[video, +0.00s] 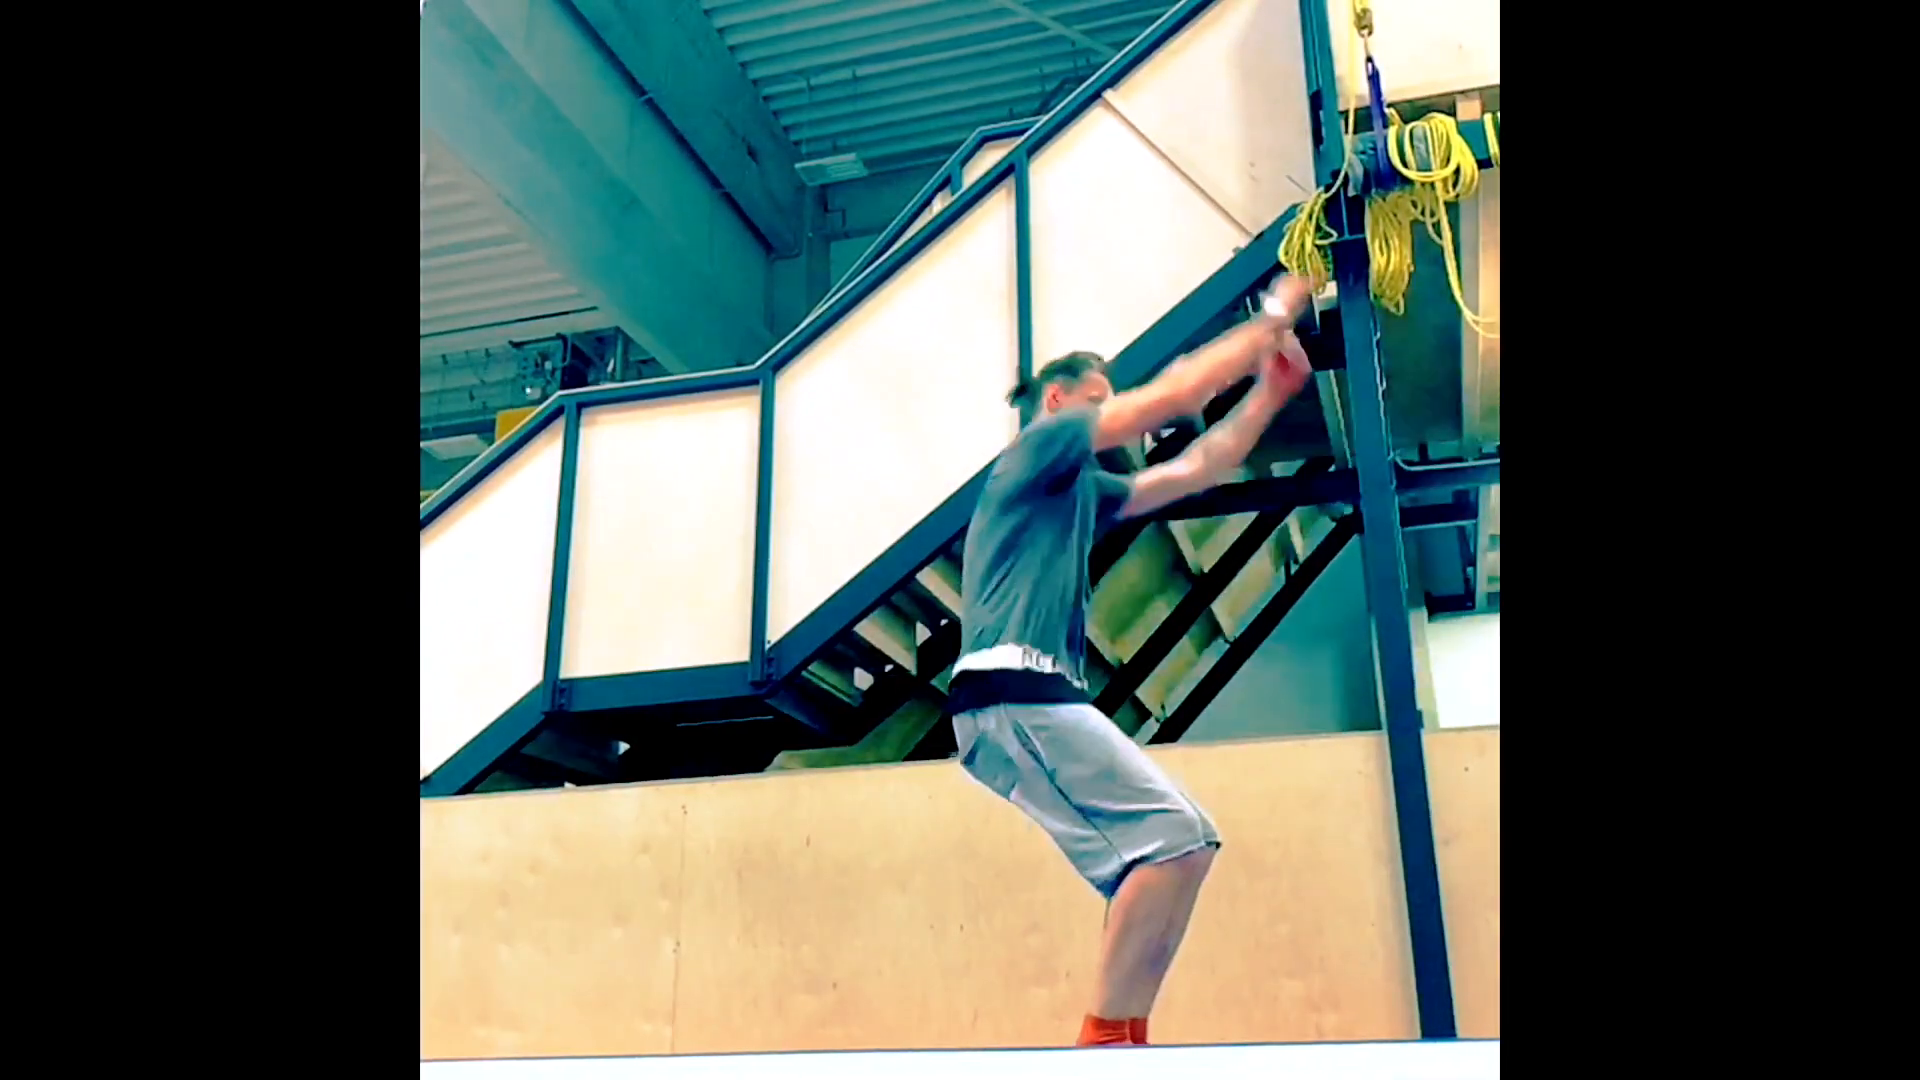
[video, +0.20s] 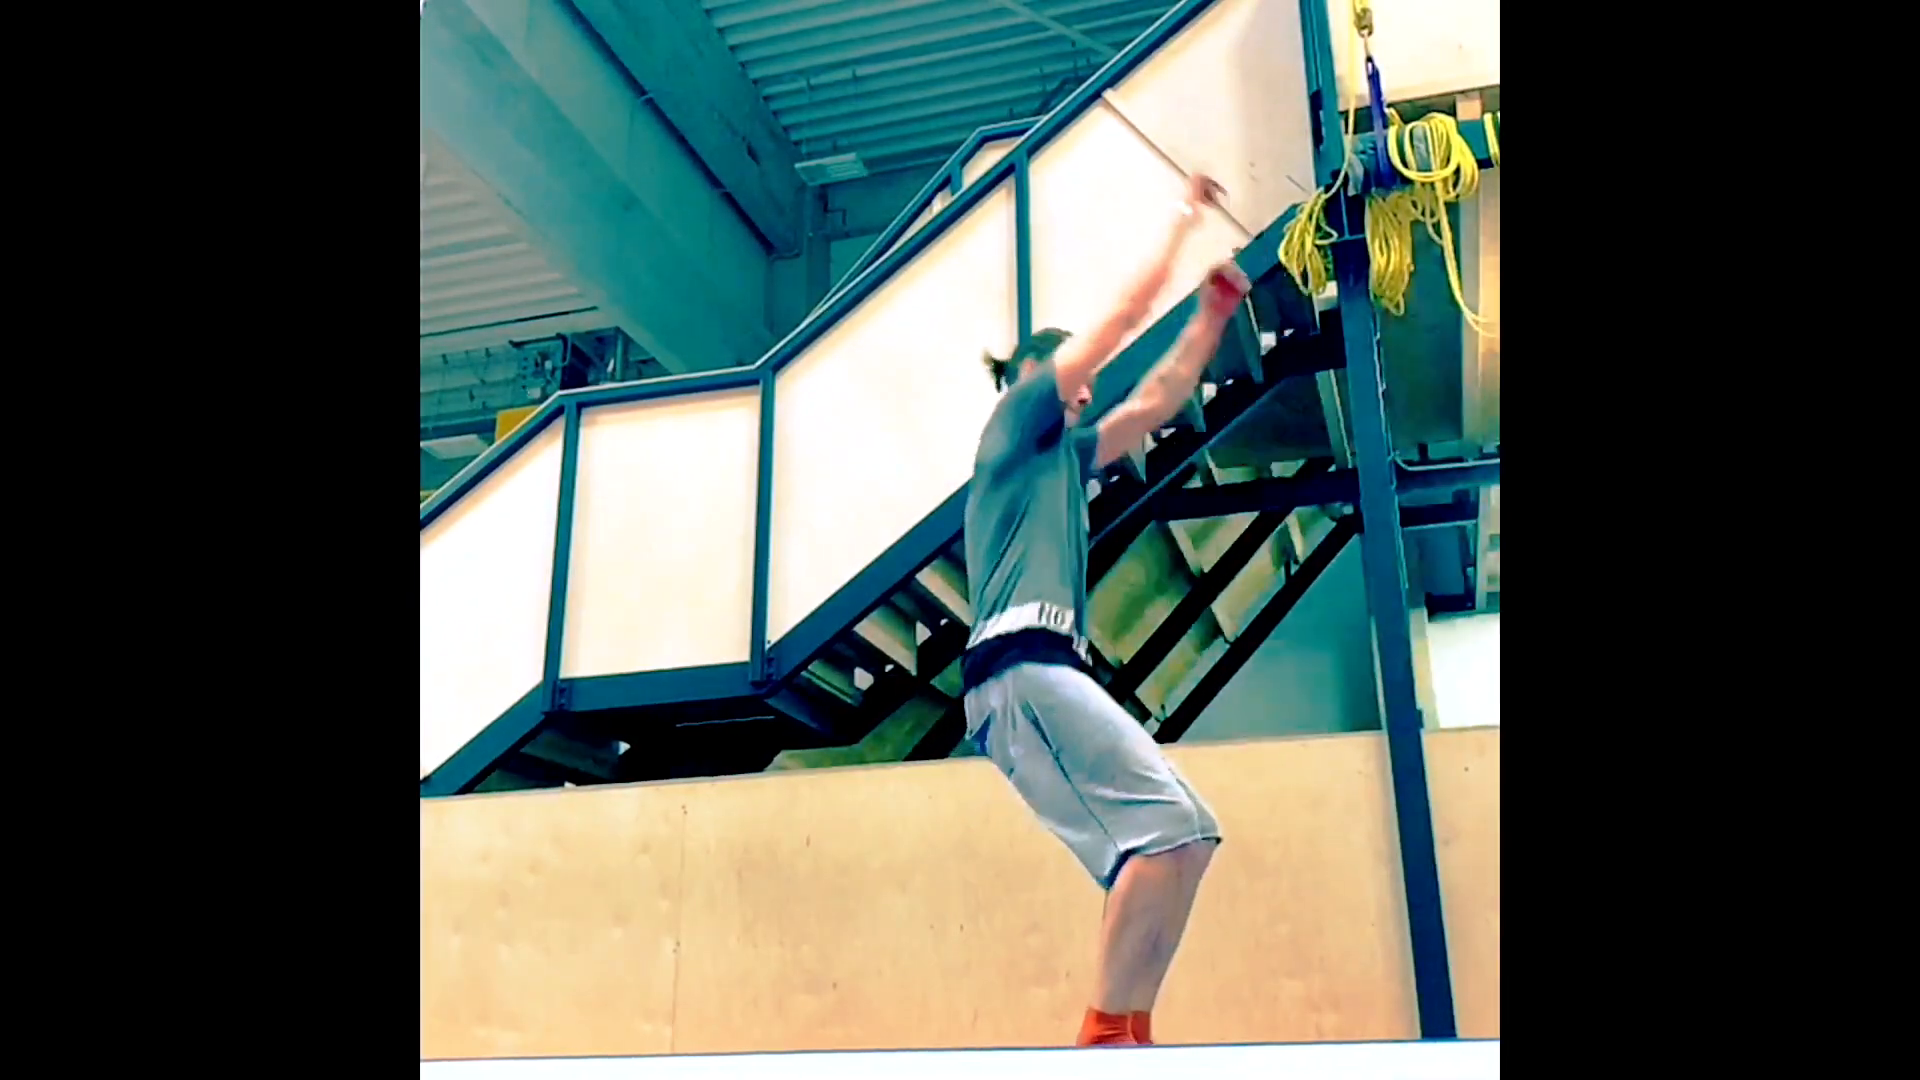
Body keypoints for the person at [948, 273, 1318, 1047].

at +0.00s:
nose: (1112, 409)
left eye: (1110, 399)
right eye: (1099, 396)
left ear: (1069, 402)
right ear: (1057, 394)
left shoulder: (1081, 489)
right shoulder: (1037, 445)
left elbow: (1201, 467)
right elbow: (1171, 395)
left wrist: (1270, 391)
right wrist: (1272, 317)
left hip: (1037, 702)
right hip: (1013, 699)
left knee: (1176, 848)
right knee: (1174, 841)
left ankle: (1118, 1042)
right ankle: (1108, 1041)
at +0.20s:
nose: (1081, 378)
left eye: (1079, 371)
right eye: (1068, 364)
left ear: (1060, 386)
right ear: (1034, 370)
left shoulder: (1066, 459)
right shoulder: (1015, 428)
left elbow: (1154, 403)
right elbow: (1121, 319)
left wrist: (1208, 318)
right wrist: (1183, 219)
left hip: (1051, 673)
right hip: (1021, 671)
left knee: (1188, 836)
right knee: (1167, 832)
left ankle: (1127, 1035)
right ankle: (1108, 1033)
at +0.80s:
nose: (1014, 324)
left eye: (1018, 316)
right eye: (998, 316)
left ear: (1018, 328)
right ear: (964, 322)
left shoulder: (1014, 392)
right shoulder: (953, 369)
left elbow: (1024, 344)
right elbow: (937, 226)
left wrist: (1031, 273)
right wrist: (905, 126)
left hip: (1112, 564)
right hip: (1070, 561)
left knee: (1190, 768)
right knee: (1137, 759)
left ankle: (1157, 966)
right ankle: (1126, 968)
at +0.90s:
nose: (1006, 317)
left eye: (1008, 309)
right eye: (993, 307)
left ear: (999, 321)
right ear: (954, 310)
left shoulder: (1011, 382)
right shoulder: (942, 359)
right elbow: (907, 227)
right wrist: (859, 127)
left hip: (1131, 548)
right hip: (1084, 541)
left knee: (1187, 757)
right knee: (1137, 740)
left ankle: (1166, 964)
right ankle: (1136, 953)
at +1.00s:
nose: (998, 310)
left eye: (997, 303)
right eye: (982, 300)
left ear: (983, 320)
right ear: (938, 306)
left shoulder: (1007, 377)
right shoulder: (929, 349)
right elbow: (877, 226)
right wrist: (823, 139)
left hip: (1136, 530)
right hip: (1090, 522)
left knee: (1186, 731)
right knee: (1139, 722)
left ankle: (1172, 934)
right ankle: (1140, 940)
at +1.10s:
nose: (991, 305)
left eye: (990, 298)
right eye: (973, 295)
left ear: (970, 315)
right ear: (928, 304)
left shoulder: (1000, 374)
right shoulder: (920, 343)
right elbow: (852, 231)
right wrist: (784, 151)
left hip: (1140, 511)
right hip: (1093, 500)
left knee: (1193, 716)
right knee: (1144, 698)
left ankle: (1176, 912)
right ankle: (1142, 912)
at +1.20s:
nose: (980, 301)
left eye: (978, 292)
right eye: (963, 290)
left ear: (956, 303)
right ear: (920, 300)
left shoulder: (989, 364)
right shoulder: (913, 343)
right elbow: (832, 237)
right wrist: (749, 164)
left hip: (1149, 491)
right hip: (1100, 480)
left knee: (1205, 697)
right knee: (1155, 673)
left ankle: (1178, 890)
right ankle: (1142, 889)